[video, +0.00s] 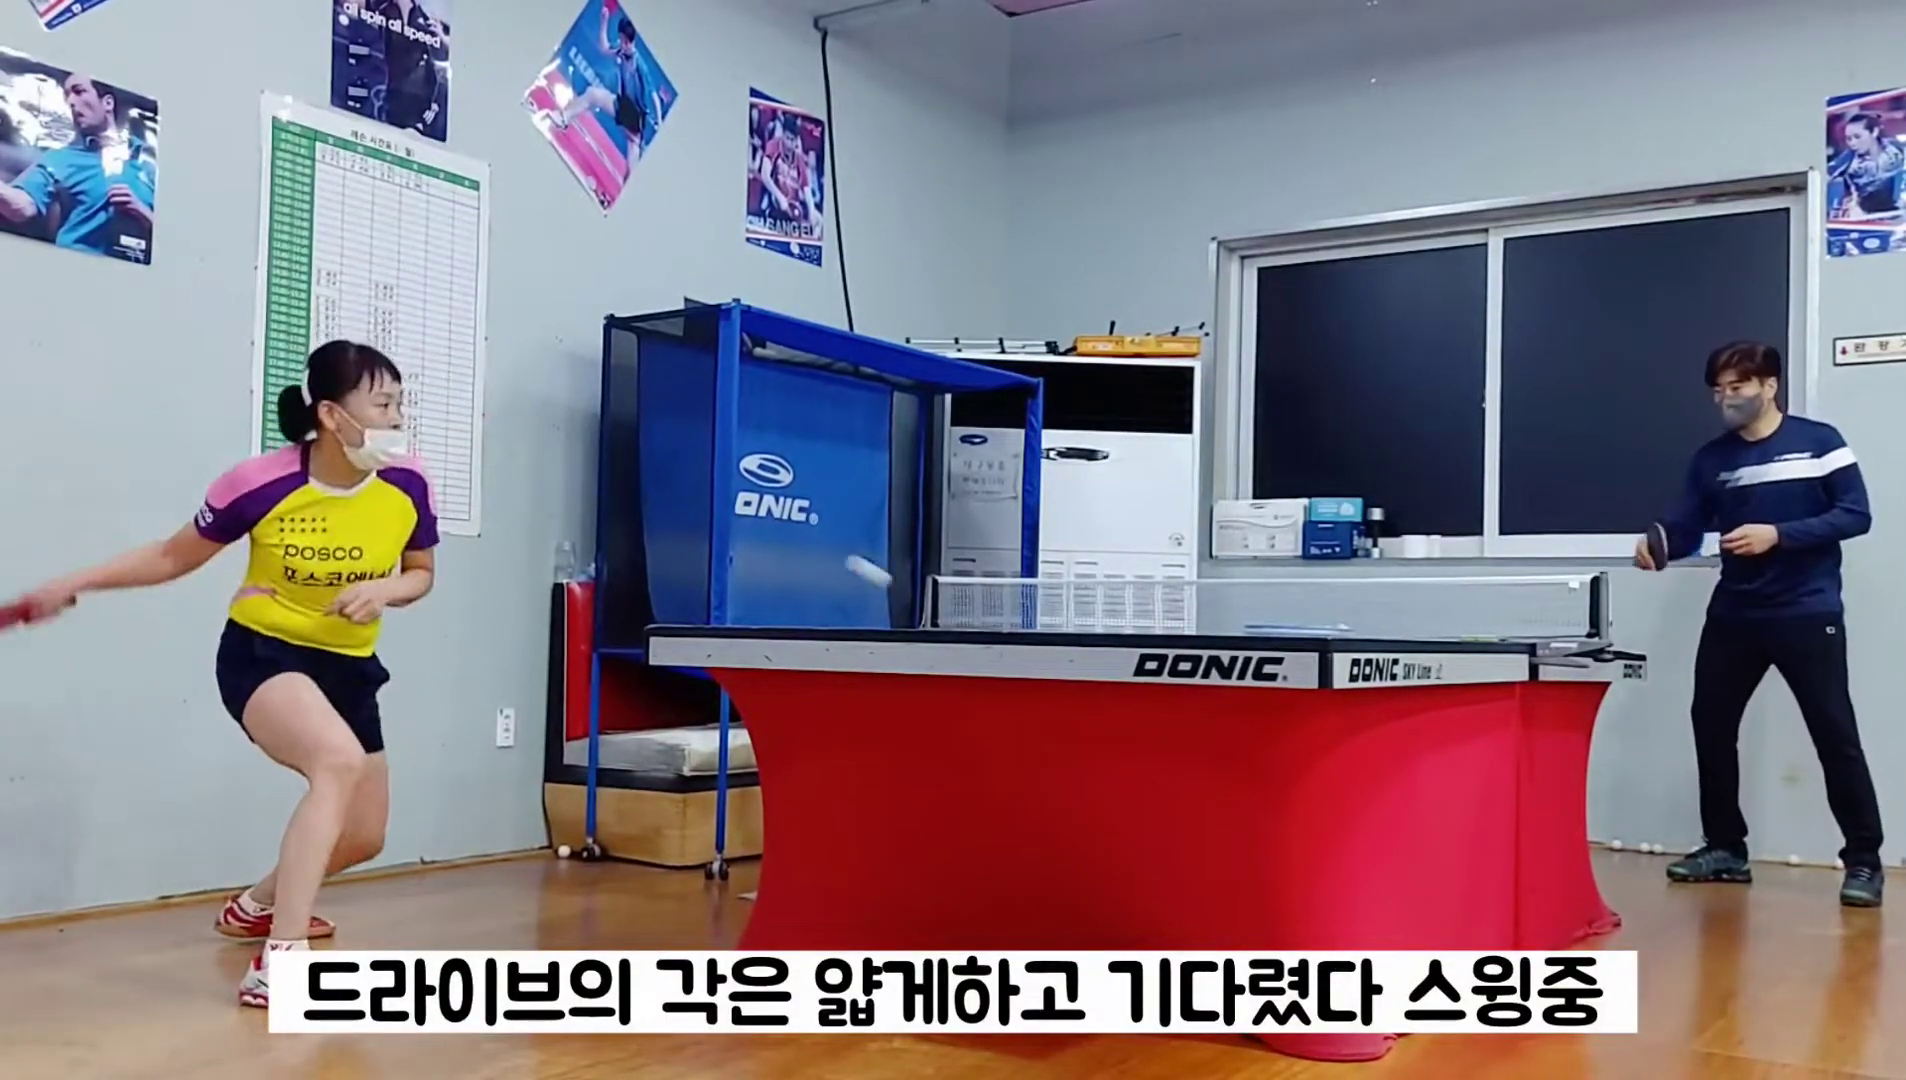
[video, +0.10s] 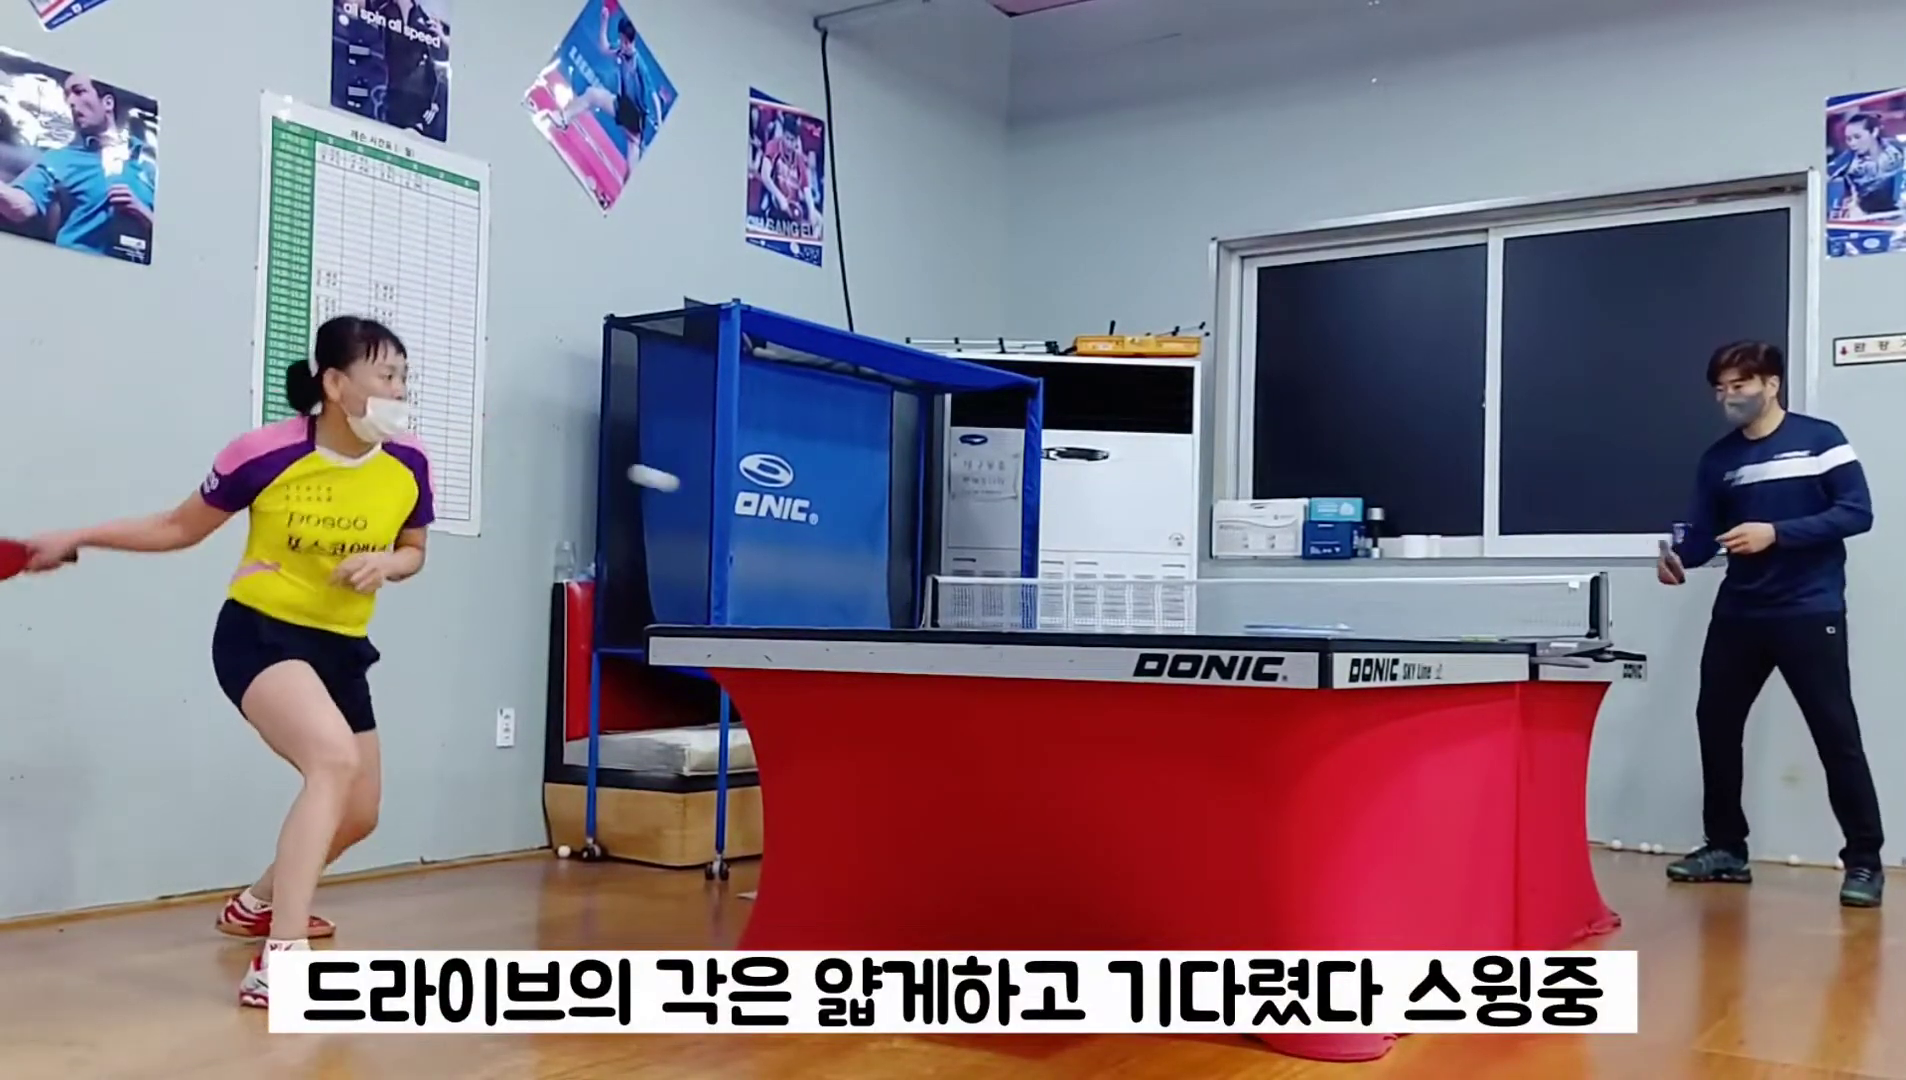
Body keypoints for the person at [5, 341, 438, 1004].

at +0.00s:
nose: (395, 416)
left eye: (397, 401)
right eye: (380, 402)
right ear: (330, 416)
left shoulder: (409, 485)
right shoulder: (260, 485)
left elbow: (420, 574)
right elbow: (173, 557)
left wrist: (386, 591)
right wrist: (72, 585)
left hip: (348, 668)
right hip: (263, 652)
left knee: (363, 837)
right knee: (339, 761)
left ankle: (258, 905)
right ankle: (280, 962)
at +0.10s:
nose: (398, 392)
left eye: (402, 378)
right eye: (385, 377)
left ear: (399, 386)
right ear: (333, 383)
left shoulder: (408, 465)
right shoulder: (265, 454)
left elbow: (413, 552)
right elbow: (178, 528)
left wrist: (389, 564)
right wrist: (73, 539)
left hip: (341, 648)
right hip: (260, 633)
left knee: (358, 815)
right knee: (332, 762)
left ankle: (259, 901)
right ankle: (281, 962)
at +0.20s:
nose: (415, 355)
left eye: (420, 342)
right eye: (404, 338)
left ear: (409, 349)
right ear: (355, 336)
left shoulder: (394, 425)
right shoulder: (291, 398)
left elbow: (371, 516)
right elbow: (216, 492)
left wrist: (386, 523)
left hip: (324, 612)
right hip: (259, 599)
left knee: (352, 771)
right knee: (325, 757)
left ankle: (268, 893)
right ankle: (276, 962)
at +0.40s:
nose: (400, 389)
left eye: (401, 377)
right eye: (395, 374)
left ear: (335, 367)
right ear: (356, 362)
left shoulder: (272, 428)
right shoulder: (347, 398)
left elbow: (247, 524)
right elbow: (467, 381)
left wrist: (336, 558)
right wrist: (475, 343)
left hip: (218, 622)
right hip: (269, 621)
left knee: (303, 772)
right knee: (347, 806)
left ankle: (260, 910)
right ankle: (253, 968)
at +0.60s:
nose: (397, 369)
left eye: (398, 356)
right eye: (390, 352)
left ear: (336, 350)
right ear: (349, 343)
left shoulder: (288, 404)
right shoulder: (334, 388)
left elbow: (279, 491)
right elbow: (434, 446)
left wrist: (341, 537)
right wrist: (482, 439)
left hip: (242, 606)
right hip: (268, 608)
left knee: (306, 773)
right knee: (334, 784)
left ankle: (261, 908)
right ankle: (253, 965)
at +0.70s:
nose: (401, 342)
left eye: (401, 329)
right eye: (392, 328)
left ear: (355, 334)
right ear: (348, 330)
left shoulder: (343, 402)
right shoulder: (312, 384)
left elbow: (315, 503)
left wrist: (359, 527)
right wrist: (418, 519)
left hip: (298, 607)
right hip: (253, 600)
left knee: (333, 767)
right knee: (321, 764)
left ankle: (253, 897)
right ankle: (261, 958)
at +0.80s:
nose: (395, 362)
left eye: (395, 349)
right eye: (384, 348)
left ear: (355, 358)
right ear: (337, 357)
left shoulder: (383, 444)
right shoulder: (272, 430)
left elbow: (356, 522)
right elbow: (208, 534)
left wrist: (377, 544)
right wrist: (231, 581)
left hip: (323, 632)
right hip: (251, 625)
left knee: (346, 795)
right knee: (323, 767)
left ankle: (246, 898)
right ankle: (260, 960)